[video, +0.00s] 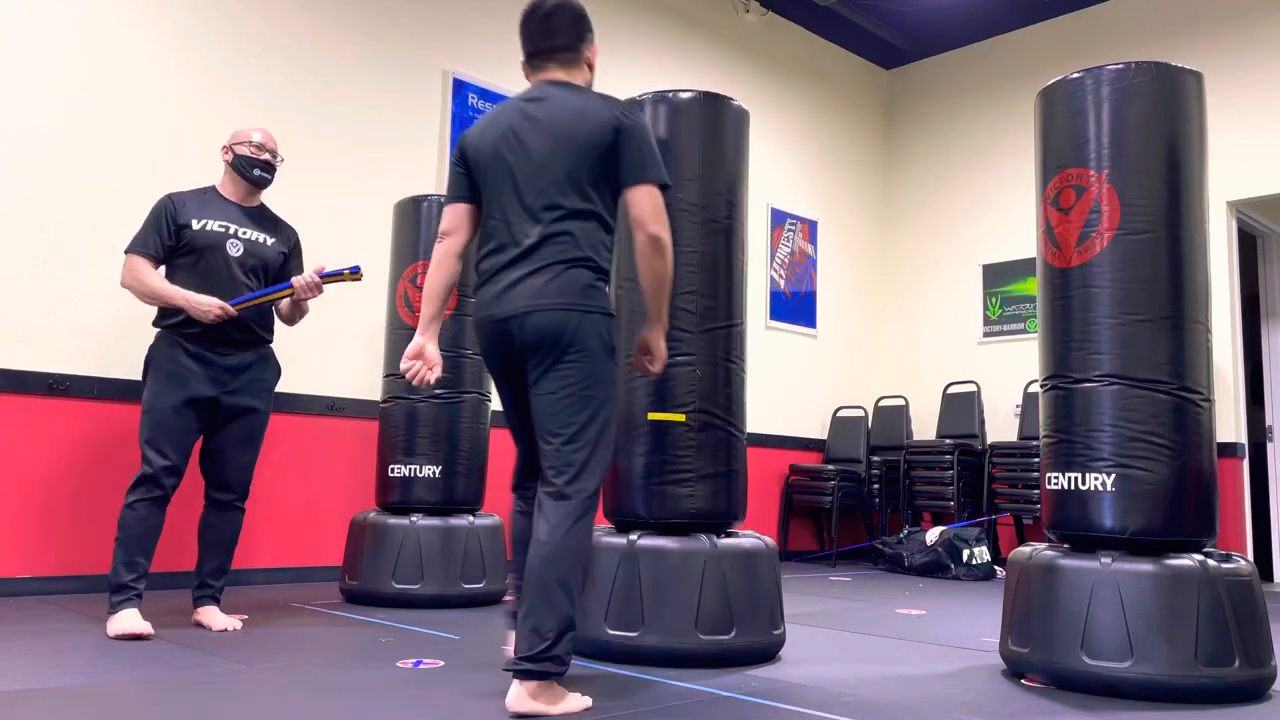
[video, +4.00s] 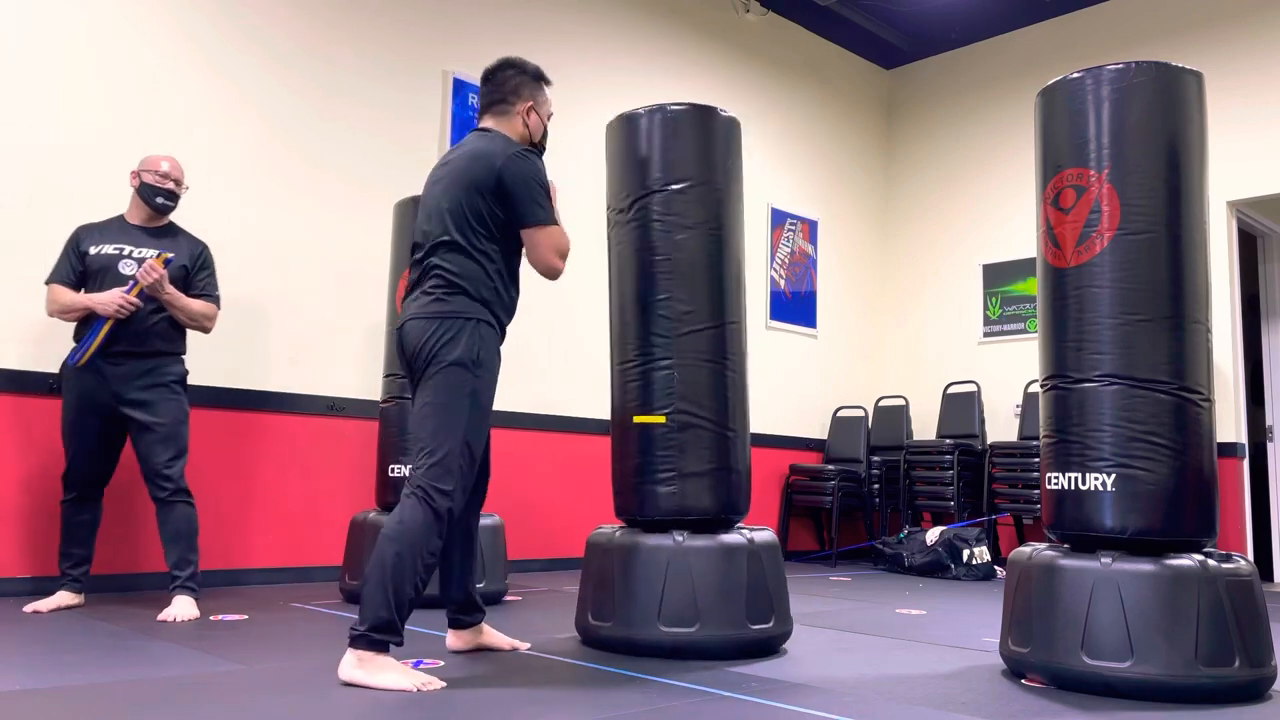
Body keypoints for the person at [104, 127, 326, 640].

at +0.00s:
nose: (264, 154)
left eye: (272, 151)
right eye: (254, 145)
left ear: (278, 169)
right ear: (227, 154)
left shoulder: (284, 236)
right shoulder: (179, 207)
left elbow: (290, 315)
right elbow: (134, 273)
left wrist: (301, 296)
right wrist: (189, 300)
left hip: (249, 372)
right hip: (181, 362)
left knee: (229, 491)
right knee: (157, 478)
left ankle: (208, 601)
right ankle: (125, 603)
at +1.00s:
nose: (143, 169)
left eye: (151, 160)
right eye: (132, 161)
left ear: (165, 163)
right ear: (113, 165)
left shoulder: (200, 223)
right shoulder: (91, 232)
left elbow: (231, 289)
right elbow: (55, 296)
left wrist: (184, 287)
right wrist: (79, 323)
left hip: (181, 370)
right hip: (115, 372)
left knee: (192, 479)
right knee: (119, 484)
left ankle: (203, 594)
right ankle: (124, 595)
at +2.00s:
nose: (186, 164)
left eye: (194, 161)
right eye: (176, 154)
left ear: (200, 177)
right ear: (150, 162)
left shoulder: (215, 234)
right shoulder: (106, 226)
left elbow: (238, 304)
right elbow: (74, 294)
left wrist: (187, 298)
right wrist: (115, 299)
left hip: (187, 370)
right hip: (119, 370)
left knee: (187, 483)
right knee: (123, 483)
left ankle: (188, 592)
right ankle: (124, 594)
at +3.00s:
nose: (232, 177)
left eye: (240, 173)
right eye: (223, 168)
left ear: (246, 187)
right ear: (197, 172)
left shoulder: (256, 242)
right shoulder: (151, 229)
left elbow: (275, 311)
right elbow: (120, 296)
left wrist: (224, 296)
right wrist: (163, 297)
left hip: (219, 374)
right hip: (153, 371)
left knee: (207, 485)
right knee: (139, 480)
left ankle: (190, 594)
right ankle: (126, 594)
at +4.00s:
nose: (168, 185)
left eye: (176, 182)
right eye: (159, 176)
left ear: (182, 194)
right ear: (133, 180)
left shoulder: (193, 250)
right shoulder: (88, 237)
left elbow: (207, 320)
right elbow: (56, 301)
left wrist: (166, 291)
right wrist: (93, 301)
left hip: (158, 382)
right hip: (91, 379)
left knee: (169, 483)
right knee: (80, 484)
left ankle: (184, 592)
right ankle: (71, 587)